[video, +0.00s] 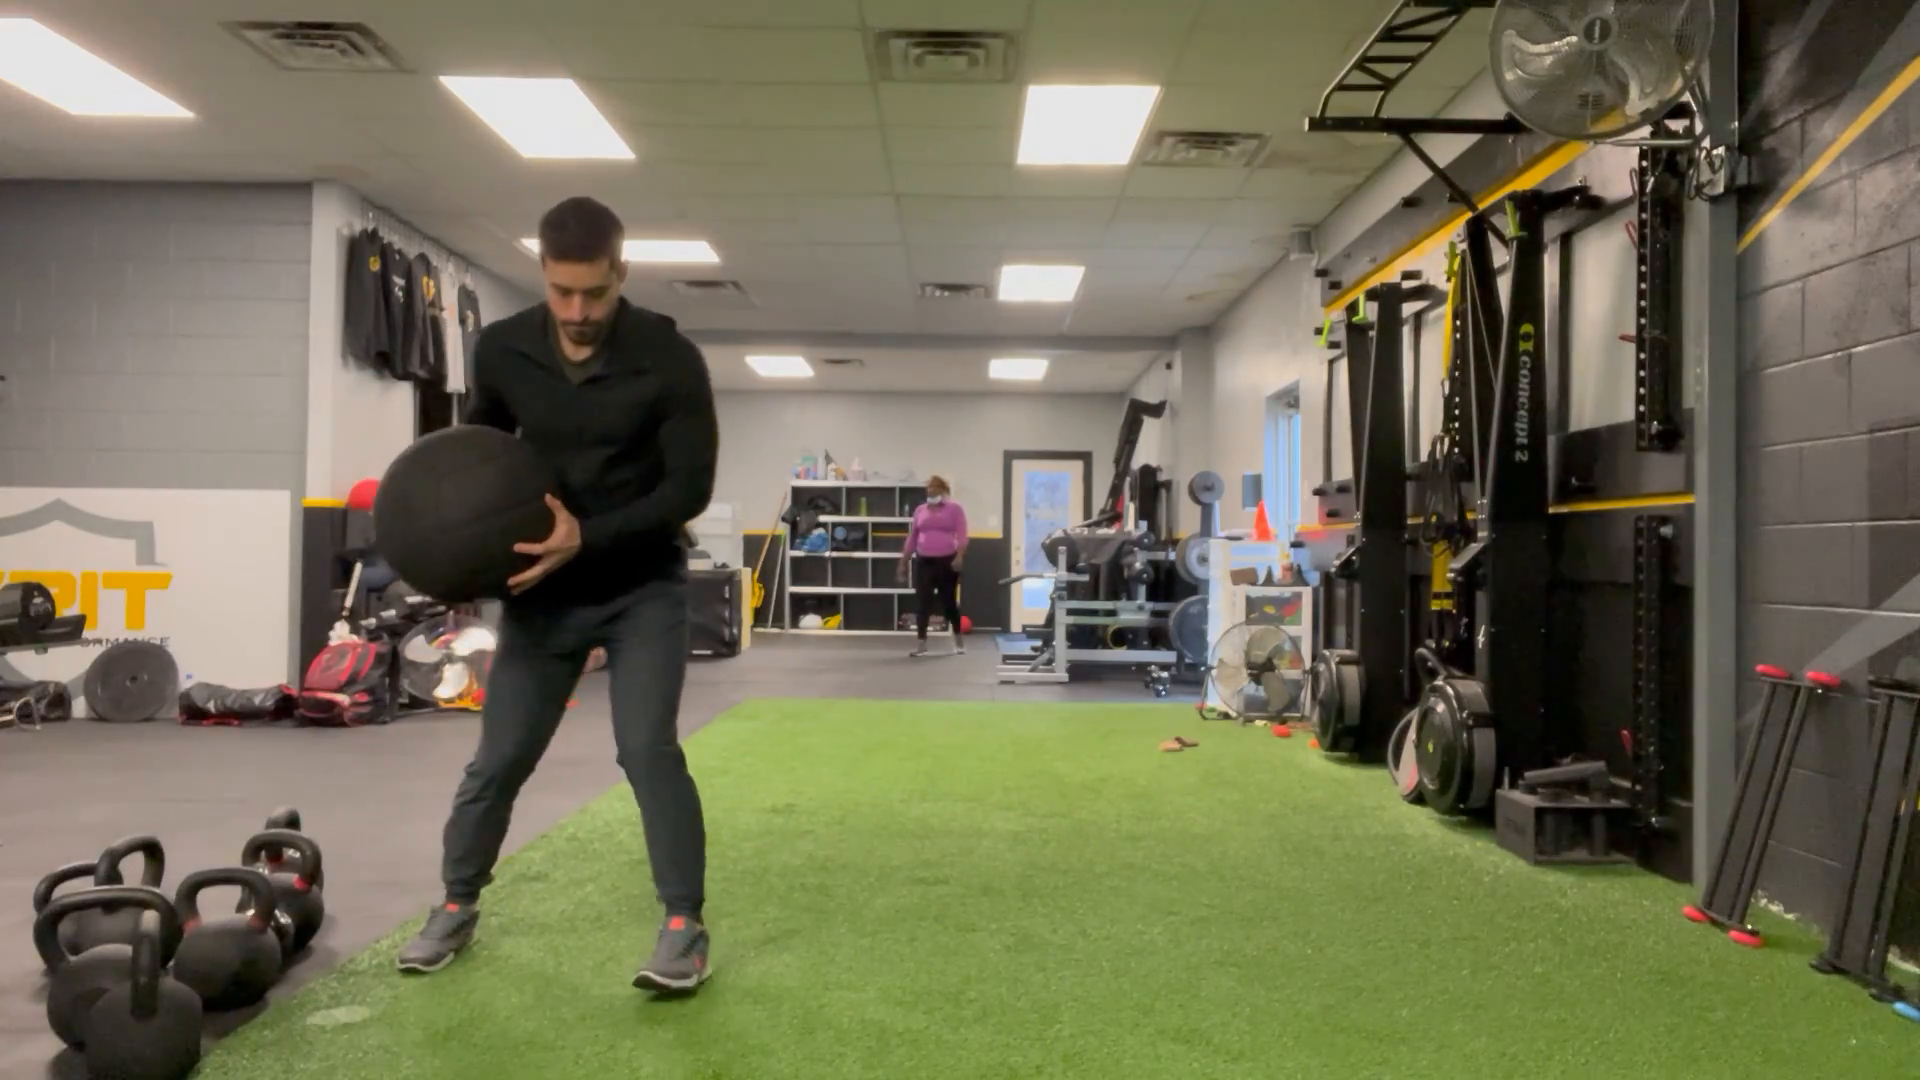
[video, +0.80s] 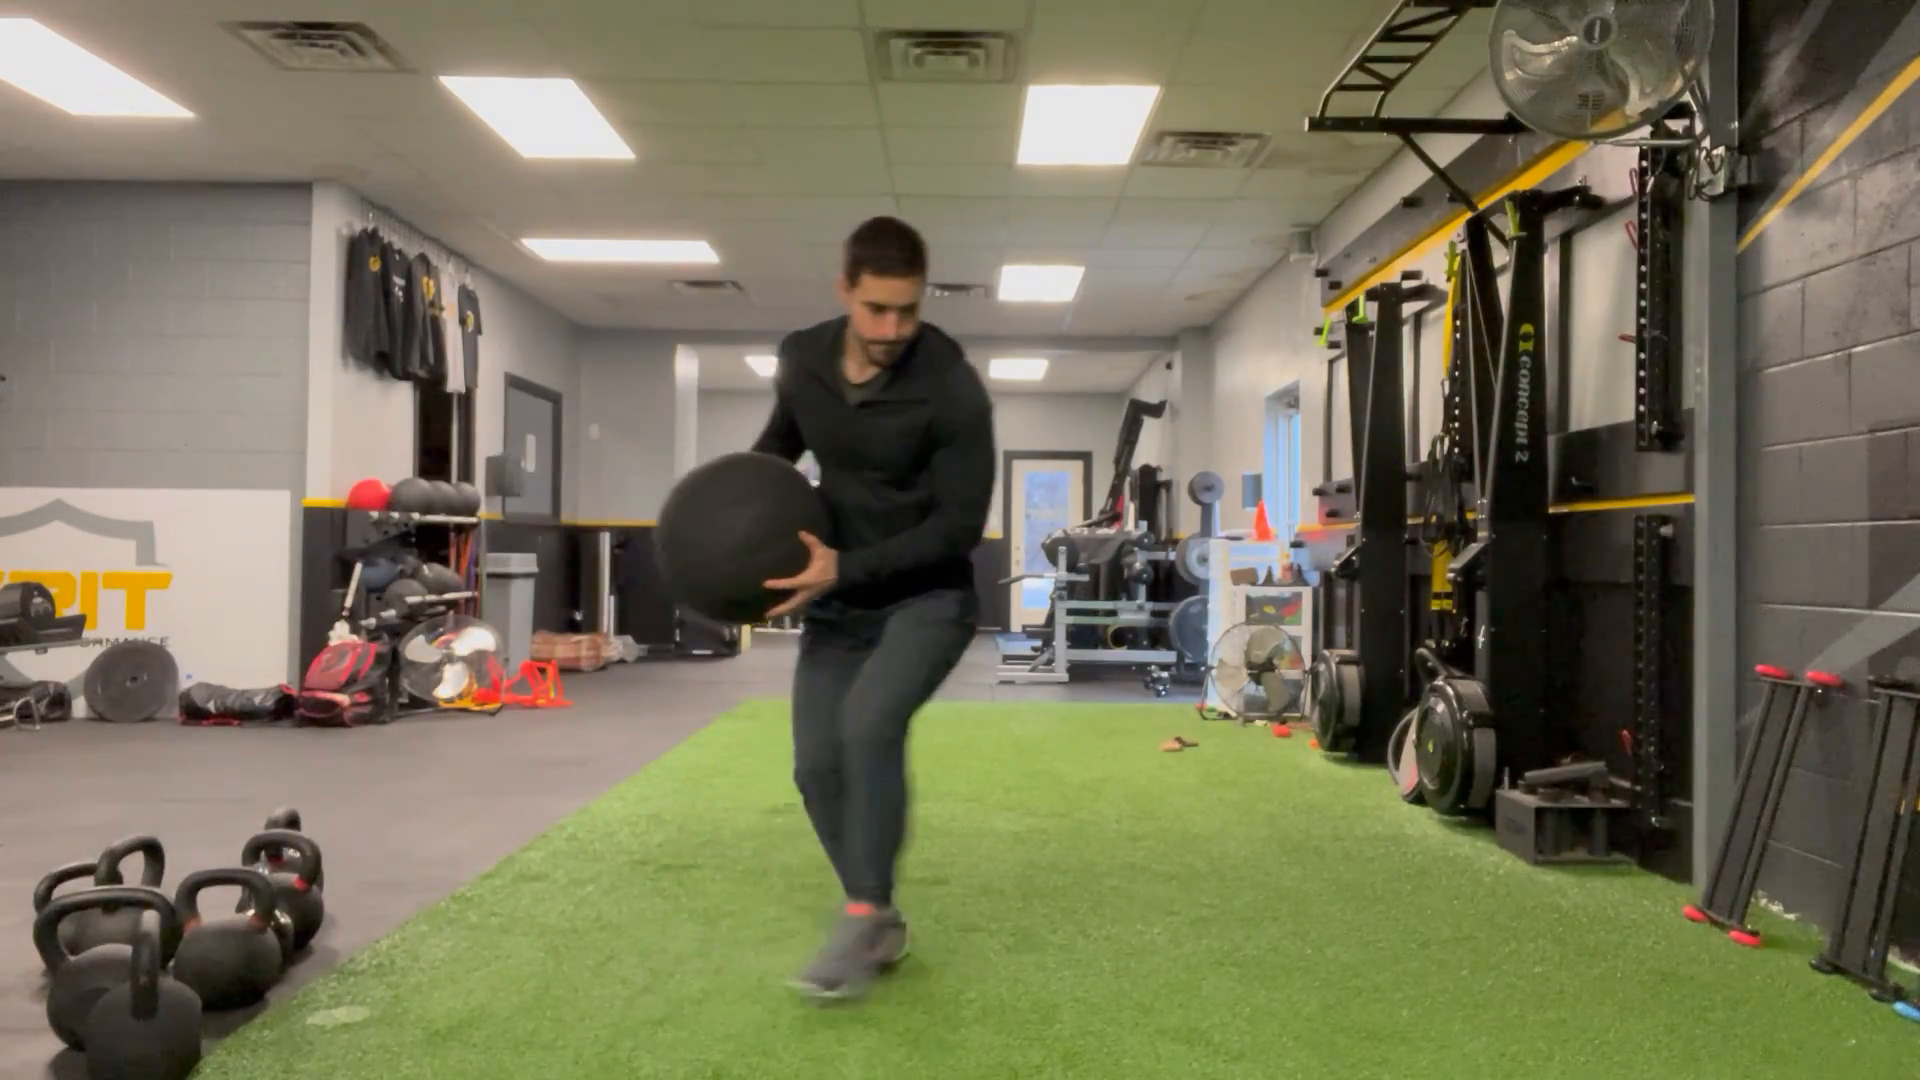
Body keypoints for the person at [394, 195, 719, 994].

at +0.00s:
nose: (578, 312)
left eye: (595, 293)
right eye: (562, 293)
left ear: (621, 276)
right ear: (541, 275)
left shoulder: (669, 356)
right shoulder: (500, 349)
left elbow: (690, 489)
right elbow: (479, 462)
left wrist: (588, 533)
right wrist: (463, 545)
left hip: (645, 584)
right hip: (544, 591)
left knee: (647, 746)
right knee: (498, 760)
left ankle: (683, 923)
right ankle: (455, 907)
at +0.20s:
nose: (638, 319)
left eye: (654, 301)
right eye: (622, 300)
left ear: (682, 283)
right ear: (601, 283)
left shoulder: (727, 360)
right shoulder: (574, 352)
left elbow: (749, 501)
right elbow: (555, 466)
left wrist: (634, 546)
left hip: (714, 591)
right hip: (621, 592)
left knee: (678, 750)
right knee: (562, 753)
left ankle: (685, 932)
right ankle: (515, 894)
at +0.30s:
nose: (670, 321)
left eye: (686, 304)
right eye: (654, 303)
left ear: (713, 285)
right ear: (632, 286)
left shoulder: (757, 371)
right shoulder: (609, 353)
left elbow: (773, 514)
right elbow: (590, 449)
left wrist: (658, 551)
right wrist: (543, 523)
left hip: (745, 596)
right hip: (652, 597)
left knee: (689, 750)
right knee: (603, 758)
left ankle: (689, 934)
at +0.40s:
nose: (704, 323)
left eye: (721, 305)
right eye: (689, 304)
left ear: (747, 290)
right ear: (666, 288)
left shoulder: (789, 377)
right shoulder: (642, 352)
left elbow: (799, 521)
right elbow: (628, 437)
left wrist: (682, 554)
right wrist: (581, 508)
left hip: (772, 597)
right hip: (680, 595)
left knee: (701, 755)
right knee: (649, 762)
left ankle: (687, 934)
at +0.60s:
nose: (791, 326)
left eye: (808, 308)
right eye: (775, 307)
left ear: (830, 294)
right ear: (747, 290)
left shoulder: (865, 380)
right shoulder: (718, 356)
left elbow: (873, 524)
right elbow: (705, 435)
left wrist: (756, 556)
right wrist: (652, 505)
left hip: (845, 600)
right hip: (755, 600)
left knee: (758, 751)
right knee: (757, 765)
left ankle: (701, 930)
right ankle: (857, 904)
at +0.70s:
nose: (840, 327)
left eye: (856, 309)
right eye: (824, 309)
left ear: (875, 297)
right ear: (794, 292)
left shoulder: (909, 382)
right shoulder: (759, 359)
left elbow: (916, 525)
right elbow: (744, 441)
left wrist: (800, 562)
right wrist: (692, 512)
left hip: (892, 595)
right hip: (800, 598)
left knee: (805, 731)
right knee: (794, 749)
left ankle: (753, 919)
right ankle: (874, 913)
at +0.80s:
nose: (891, 328)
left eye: (907, 310)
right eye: (876, 309)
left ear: (925, 299)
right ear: (844, 292)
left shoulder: (952, 385)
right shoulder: (805, 357)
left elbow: (961, 526)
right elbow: (780, 443)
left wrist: (846, 566)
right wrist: (739, 522)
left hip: (932, 590)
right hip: (841, 591)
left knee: (868, 722)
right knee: (816, 765)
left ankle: (866, 915)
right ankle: (877, 918)